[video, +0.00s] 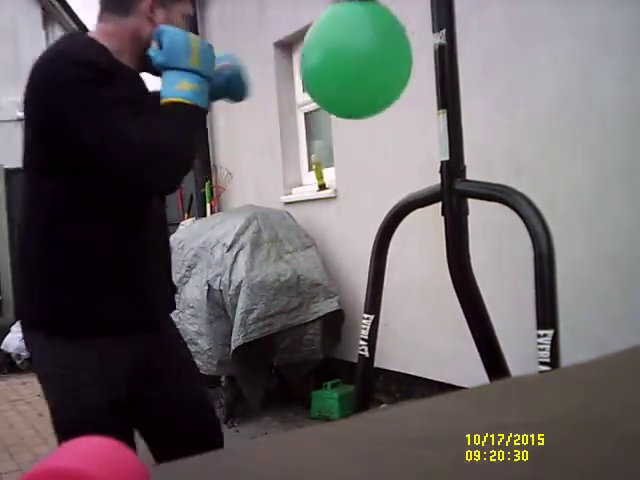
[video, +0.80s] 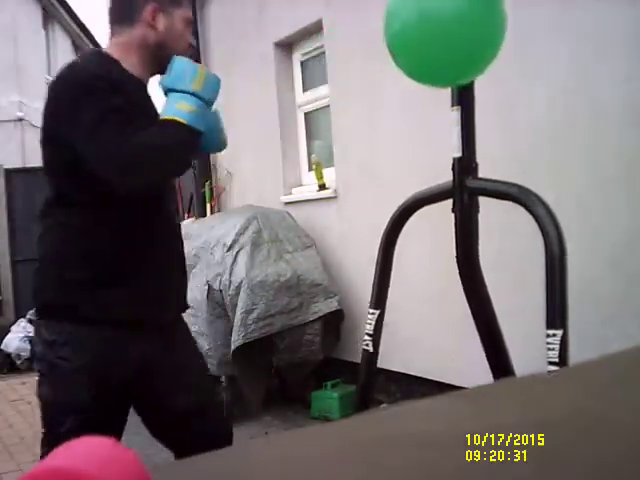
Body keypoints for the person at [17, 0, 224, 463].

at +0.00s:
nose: (186, 38)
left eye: (188, 25)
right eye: (184, 21)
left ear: (148, 14)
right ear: (150, 12)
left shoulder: (120, 79)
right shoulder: (70, 68)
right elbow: (157, 170)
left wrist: (198, 91)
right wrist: (183, 84)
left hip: (137, 317)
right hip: (77, 326)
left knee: (200, 455)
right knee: (102, 469)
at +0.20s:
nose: (218, 40)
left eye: (218, 26)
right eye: (214, 24)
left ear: (182, 20)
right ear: (185, 19)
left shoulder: (157, 95)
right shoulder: (123, 84)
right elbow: (204, 187)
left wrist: (210, 107)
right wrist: (228, 107)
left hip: (171, 326)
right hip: (119, 332)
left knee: (244, 450)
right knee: (109, 470)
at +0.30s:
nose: (247, 31)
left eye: (246, 17)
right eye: (243, 15)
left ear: (211, 16)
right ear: (214, 14)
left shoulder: (191, 91)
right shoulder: (139, 80)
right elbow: (188, 184)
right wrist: (241, 114)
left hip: (191, 323)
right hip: (119, 327)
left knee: (246, 461)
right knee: (99, 471)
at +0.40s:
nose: (255, 21)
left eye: (253, 8)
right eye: (249, 6)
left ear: (214, 11)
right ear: (217, 8)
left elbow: (253, 97)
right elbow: (163, 168)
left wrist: (299, 75)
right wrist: (230, 101)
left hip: (191, 297)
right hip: (115, 299)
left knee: (231, 451)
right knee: (84, 458)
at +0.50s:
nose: (245, 23)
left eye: (244, 9)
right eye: (241, 8)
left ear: (207, 9)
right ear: (211, 7)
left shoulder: (197, 77)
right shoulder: (129, 70)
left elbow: (228, 107)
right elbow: (164, 162)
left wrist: (288, 88)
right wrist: (216, 91)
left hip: (189, 295)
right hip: (122, 297)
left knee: (230, 446)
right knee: (91, 455)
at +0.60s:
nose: (230, 29)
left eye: (230, 13)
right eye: (226, 12)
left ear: (193, 11)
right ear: (195, 9)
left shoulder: (190, 83)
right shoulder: (127, 72)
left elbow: (193, 155)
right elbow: (166, 160)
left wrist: (243, 147)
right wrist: (221, 101)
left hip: (184, 301)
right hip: (123, 303)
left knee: (227, 446)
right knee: (97, 457)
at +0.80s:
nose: (191, 40)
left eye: (192, 27)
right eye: (187, 24)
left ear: (152, 20)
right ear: (153, 16)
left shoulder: (133, 94)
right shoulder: (85, 82)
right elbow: (128, 168)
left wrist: (190, 142)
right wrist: (183, 117)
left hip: (150, 321)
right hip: (85, 325)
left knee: (213, 450)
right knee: (73, 468)